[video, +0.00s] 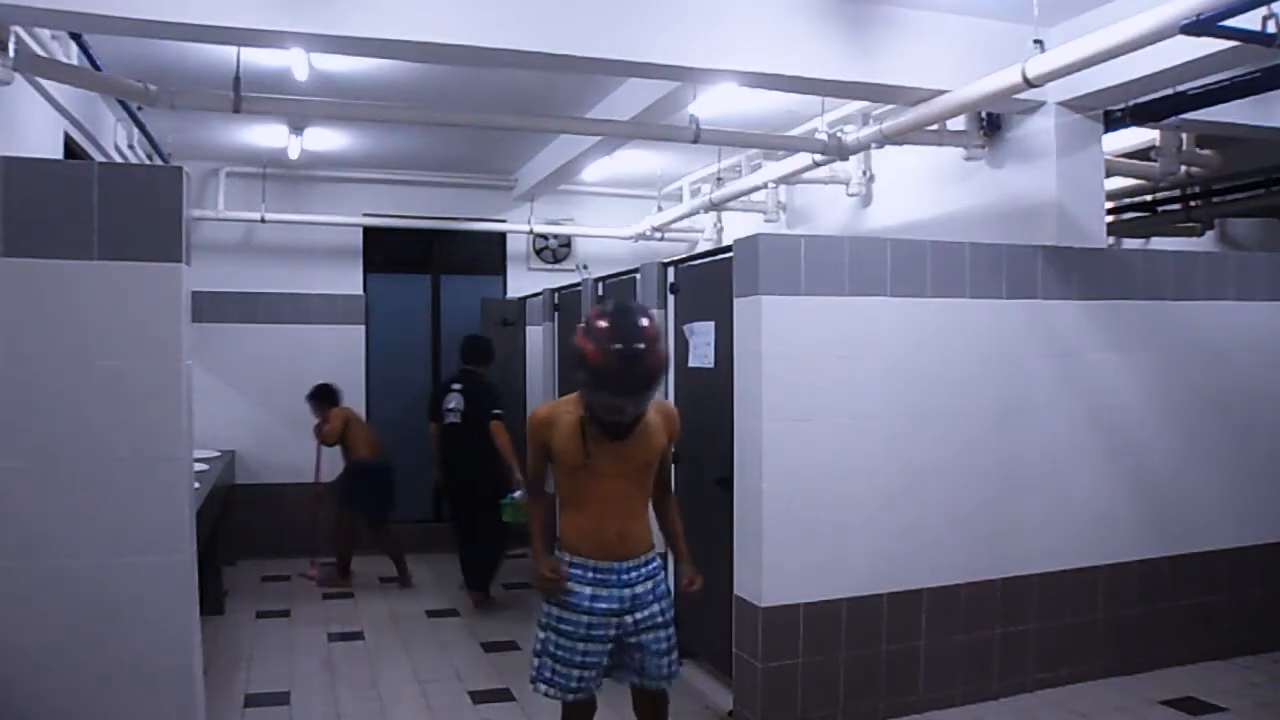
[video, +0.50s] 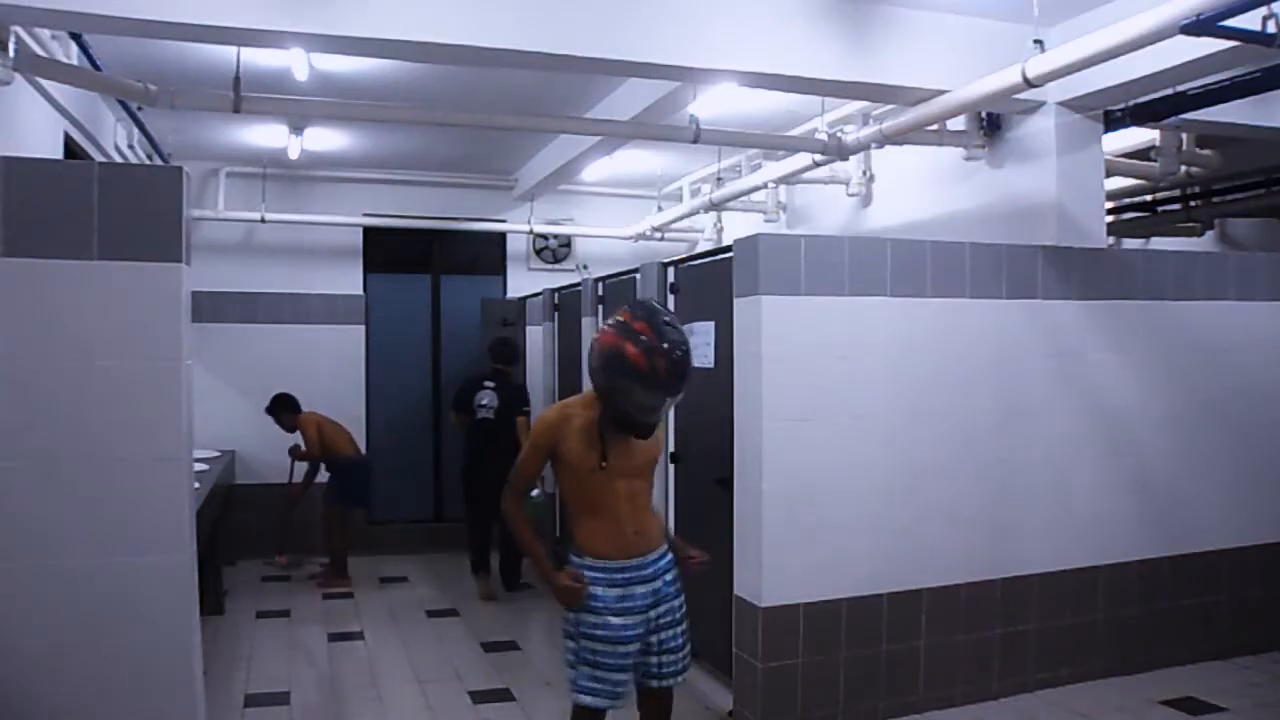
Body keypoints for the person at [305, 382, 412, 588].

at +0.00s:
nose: (314, 411)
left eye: (315, 406)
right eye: (313, 407)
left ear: (322, 404)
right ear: (334, 401)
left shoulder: (339, 413)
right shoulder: (350, 415)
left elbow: (331, 438)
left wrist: (319, 430)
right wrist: (332, 486)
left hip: (360, 473)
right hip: (379, 472)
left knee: (344, 522)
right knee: (379, 526)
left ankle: (342, 575)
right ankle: (403, 574)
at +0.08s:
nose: (305, 416)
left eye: (306, 411)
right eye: (304, 412)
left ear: (313, 407)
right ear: (323, 404)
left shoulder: (329, 415)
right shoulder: (338, 416)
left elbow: (325, 441)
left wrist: (312, 434)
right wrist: (327, 486)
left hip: (355, 472)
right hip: (370, 471)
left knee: (340, 522)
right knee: (370, 524)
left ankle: (342, 575)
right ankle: (398, 567)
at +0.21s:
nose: (294, 420)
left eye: (293, 415)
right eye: (292, 416)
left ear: (299, 411)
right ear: (311, 405)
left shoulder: (318, 417)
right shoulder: (328, 417)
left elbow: (319, 446)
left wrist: (305, 442)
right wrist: (318, 486)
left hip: (349, 468)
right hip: (365, 465)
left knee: (339, 520)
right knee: (358, 517)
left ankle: (342, 576)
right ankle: (374, 562)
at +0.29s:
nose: (289, 422)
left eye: (287, 417)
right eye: (286, 418)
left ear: (293, 412)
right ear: (305, 406)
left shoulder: (313, 418)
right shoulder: (322, 419)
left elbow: (314, 448)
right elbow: (331, 460)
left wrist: (301, 445)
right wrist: (315, 485)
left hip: (350, 467)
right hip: (359, 465)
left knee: (338, 519)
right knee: (343, 519)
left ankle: (343, 575)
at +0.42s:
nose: (283, 424)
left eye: (282, 419)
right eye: (280, 420)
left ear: (290, 412)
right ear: (297, 408)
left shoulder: (308, 420)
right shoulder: (313, 420)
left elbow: (316, 454)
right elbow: (320, 465)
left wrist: (299, 451)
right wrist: (304, 491)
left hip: (348, 470)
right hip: (351, 468)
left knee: (335, 520)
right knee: (335, 519)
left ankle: (340, 573)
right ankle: (337, 570)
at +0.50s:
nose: (280, 426)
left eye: (279, 420)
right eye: (277, 421)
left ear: (287, 413)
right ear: (294, 410)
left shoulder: (307, 421)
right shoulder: (310, 422)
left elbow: (315, 455)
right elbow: (314, 465)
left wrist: (298, 454)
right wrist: (301, 490)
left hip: (348, 470)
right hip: (348, 469)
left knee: (335, 520)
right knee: (334, 519)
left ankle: (340, 574)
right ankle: (336, 569)